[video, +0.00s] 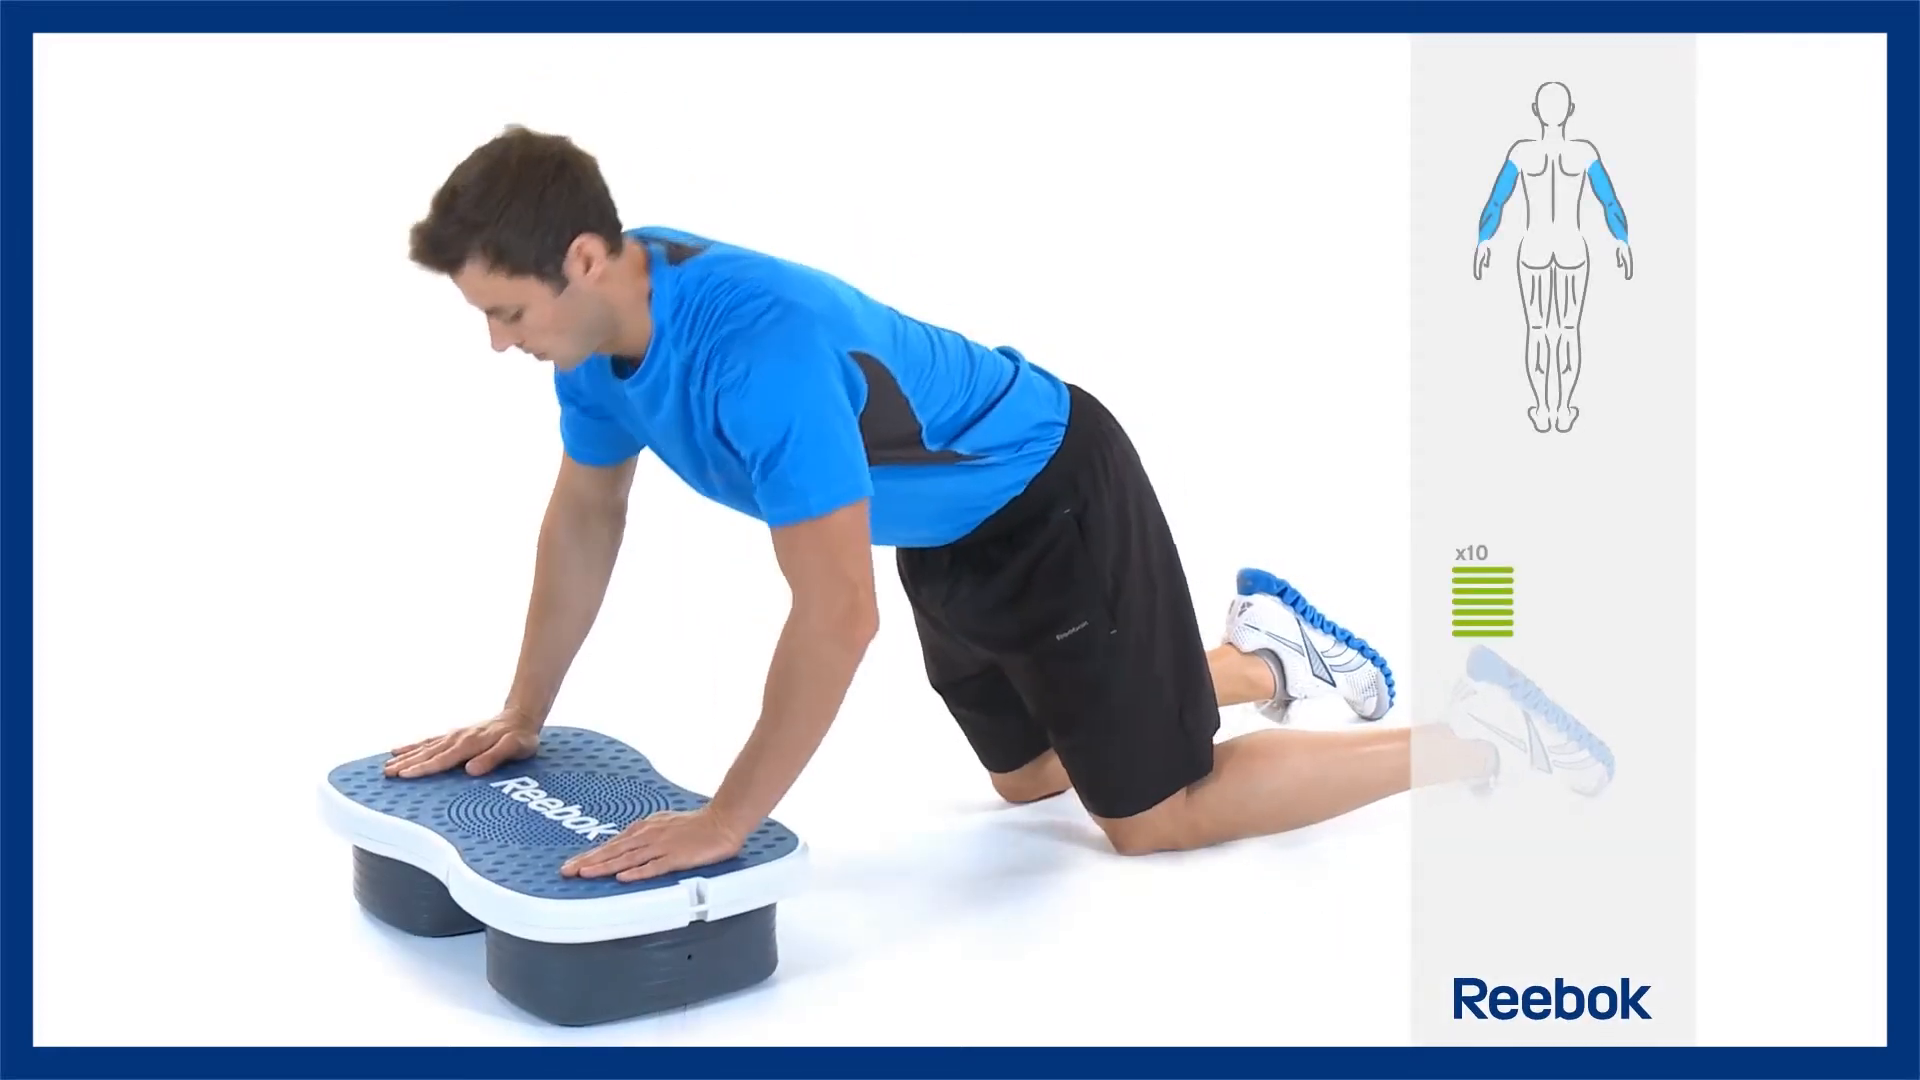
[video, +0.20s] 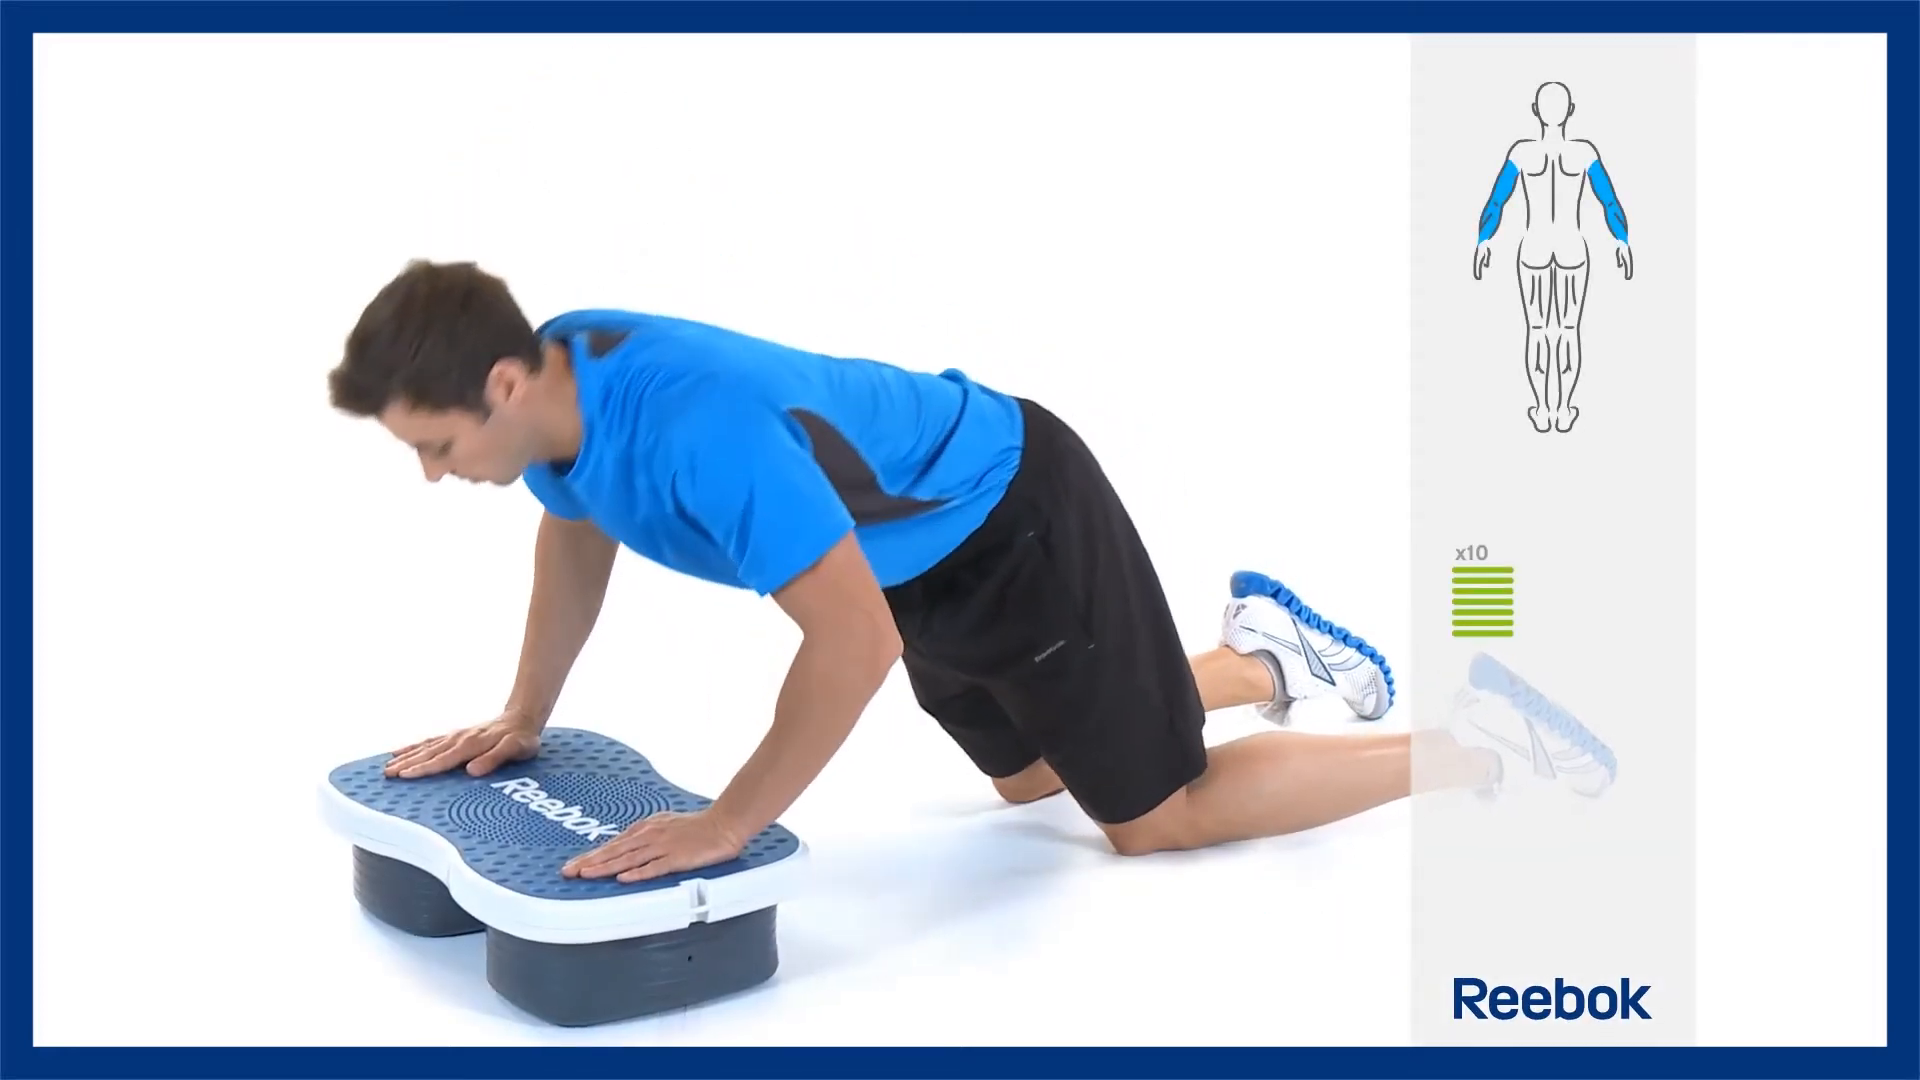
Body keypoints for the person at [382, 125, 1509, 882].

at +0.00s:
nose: (500, 343)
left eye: (504, 314)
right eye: (484, 322)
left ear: (587, 256)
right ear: (567, 262)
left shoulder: (759, 352)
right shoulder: (598, 340)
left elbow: (834, 611)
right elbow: (584, 520)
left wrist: (729, 817)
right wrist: (519, 719)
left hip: (1054, 488)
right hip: (943, 536)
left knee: (1150, 811)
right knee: (1032, 775)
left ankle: (1470, 746)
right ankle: (1267, 665)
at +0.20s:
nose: (436, 473)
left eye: (436, 445)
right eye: (418, 453)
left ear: (509, 382)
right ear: (486, 389)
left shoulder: (697, 429)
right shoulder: (556, 404)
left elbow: (858, 645)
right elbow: (577, 540)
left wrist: (730, 820)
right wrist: (522, 717)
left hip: (1013, 509)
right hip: (910, 559)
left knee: (1158, 811)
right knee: (1030, 764)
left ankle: (1471, 754)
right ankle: (1257, 661)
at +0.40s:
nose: (383, 611)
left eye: (372, 588)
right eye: (358, 597)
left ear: (428, 523)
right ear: (416, 496)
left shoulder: (630, 520)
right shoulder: (501, 447)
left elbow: (848, 647)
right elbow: (559, 578)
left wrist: (729, 822)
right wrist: (522, 721)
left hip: (973, 543)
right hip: (882, 582)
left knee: (1170, 807)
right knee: (1014, 768)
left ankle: (1474, 745)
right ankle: (1260, 661)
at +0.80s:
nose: (337, 798)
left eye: (323, 778)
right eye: (308, 788)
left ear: (370, 704)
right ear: (360, 673)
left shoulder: (576, 664)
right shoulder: (426, 584)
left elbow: (822, 643)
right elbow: (558, 500)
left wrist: (729, 823)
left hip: (916, 590)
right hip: (834, 625)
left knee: (1147, 809)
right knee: (1034, 757)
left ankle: (1467, 751)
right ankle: (1254, 661)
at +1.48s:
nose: (366, 618)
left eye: (349, 596)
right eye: (338, 604)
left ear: (397, 534)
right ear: (392, 507)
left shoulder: (599, 541)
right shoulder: (474, 469)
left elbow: (833, 644)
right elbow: (537, 586)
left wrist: (733, 821)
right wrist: (524, 717)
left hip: (951, 566)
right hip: (865, 590)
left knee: (1151, 808)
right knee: (1009, 763)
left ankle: (1458, 746)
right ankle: (1261, 660)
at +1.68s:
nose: (419, 457)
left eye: (416, 428)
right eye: (400, 437)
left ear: (486, 361)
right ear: (461, 370)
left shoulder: (665, 426)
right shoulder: (538, 395)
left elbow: (830, 631)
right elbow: (560, 531)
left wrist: (732, 821)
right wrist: (520, 716)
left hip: (994, 527)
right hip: (889, 580)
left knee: (1148, 810)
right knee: (1022, 768)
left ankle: (1469, 745)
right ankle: (1267, 662)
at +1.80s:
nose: (466, 369)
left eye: (466, 339)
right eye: (447, 349)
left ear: (540, 278)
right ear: (515, 287)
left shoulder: (707, 360)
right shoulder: (573, 351)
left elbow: (798, 597)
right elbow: (565, 527)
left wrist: (731, 814)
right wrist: (522, 720)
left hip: (1024, 507)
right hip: (915, 551)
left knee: (1155, 813)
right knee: (1022, 774)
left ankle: (1474, 742)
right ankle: (1266, 665)